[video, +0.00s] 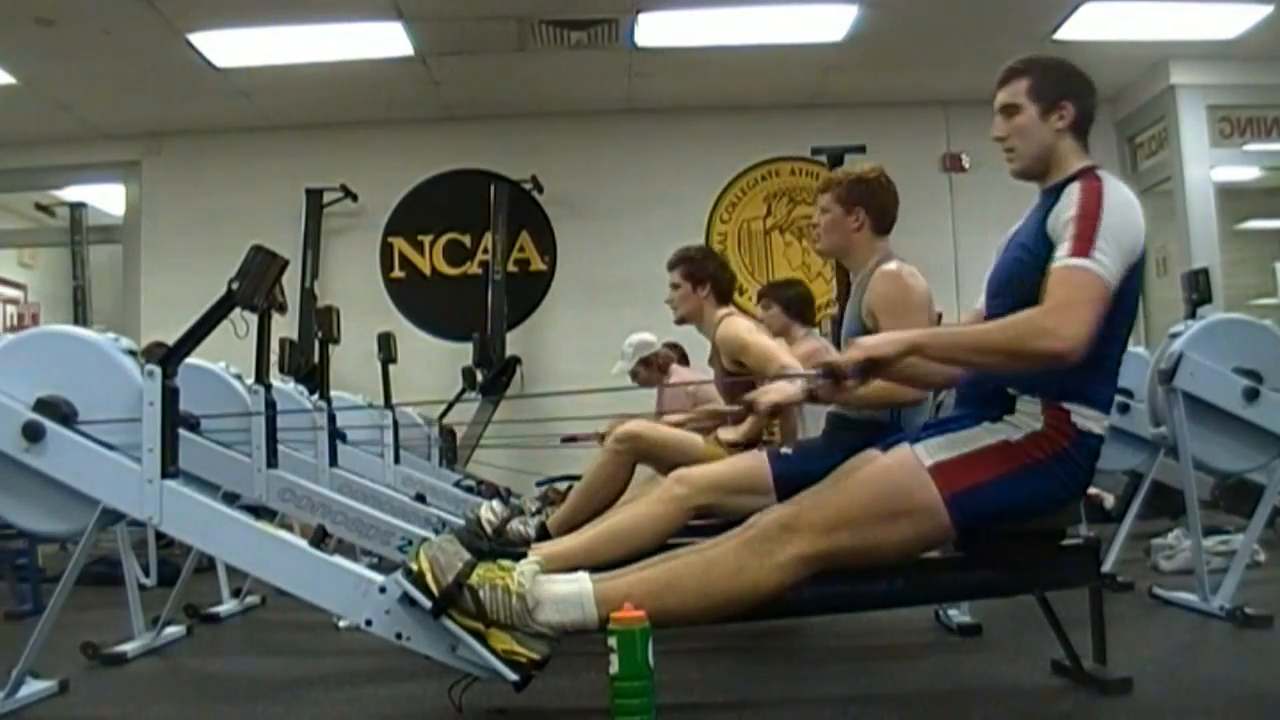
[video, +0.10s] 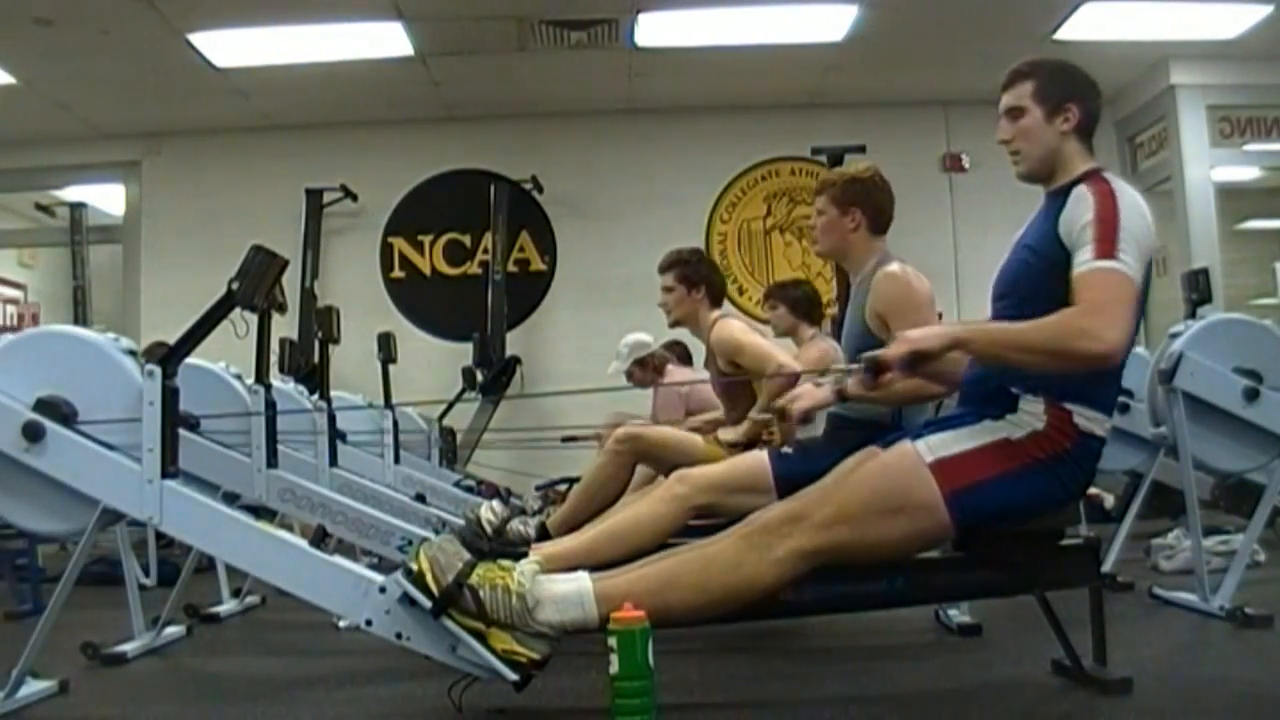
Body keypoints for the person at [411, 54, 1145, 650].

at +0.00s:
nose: (997, 134)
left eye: (1010, 116)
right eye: (996, 119)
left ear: (1063, 116)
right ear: (1039, 123)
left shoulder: (1096, 197)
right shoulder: (1044, 222)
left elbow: (1063, 334)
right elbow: (974, 367)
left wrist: (899, 350)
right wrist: (850, 376)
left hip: (1034, 429)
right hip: (986, 422)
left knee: (796, 532)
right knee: (777, 523)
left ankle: (557, 611)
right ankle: (555, 597)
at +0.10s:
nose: (1004, 137)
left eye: (1015, 119)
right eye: (1002, 124)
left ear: (1067, 117)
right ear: (1048, 125)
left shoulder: (1101, 196)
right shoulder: (1056, 218)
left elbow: (1101, 334)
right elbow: (1009, 366)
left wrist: (956, 338)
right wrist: (925, 379)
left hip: (1041, 429)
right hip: (1001, 421)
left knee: (804, 524)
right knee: (783, 514)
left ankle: (559, 607)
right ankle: (555, 600)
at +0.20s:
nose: (1001, 139)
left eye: (1012, 121)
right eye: (1000, 125)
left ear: (1066, 119)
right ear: (1048, 127)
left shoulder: (1101, 196)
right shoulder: (1057, 216)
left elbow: (1142, 334)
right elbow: (1007, 360)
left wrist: (993, 331)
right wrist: (903, 381)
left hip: (1045, 432)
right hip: (1003, 422)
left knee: (799, 520)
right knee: (778, 511)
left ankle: (552, 606)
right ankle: (549, 602)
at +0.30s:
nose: (995, 137)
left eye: (1008, 119)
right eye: (994, 124)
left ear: (1061, 119)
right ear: (1040, 131)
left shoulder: (1101, 200)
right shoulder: (1053, 218)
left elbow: (1177, 332)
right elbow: (975, 358)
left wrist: (1026, 325)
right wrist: (864, 390)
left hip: (1039, 434)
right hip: (990, 424)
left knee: (801, 516)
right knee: (781, 505)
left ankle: (561, 606)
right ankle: (555, 597)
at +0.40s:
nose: (986, 140)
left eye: (997, 122)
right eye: (985, 127)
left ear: (1049, 117)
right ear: (1023, 128)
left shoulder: (1095, 199)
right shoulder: (1048, 214)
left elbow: (1191, 330)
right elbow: (1033, 345)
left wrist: (1042, 332)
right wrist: (963, 370)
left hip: (1043, 433)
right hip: (999, 424)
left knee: (804, 510)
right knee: (787, 503)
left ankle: (557, 606)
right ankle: (552, 596)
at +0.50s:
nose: (973, 140)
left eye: (985, 121)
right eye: (971, 126)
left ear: (1038, 117)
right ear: (1012, 126)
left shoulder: (1086, 198)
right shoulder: (1040, 213)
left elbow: (1166, 344)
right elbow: (1062, 341)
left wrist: (1018, 345)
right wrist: (972, 364)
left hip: (1042, 436)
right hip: (1002, 425)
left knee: (800, 513)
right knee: (782, 502)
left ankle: (566, 606)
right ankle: (560, 593)